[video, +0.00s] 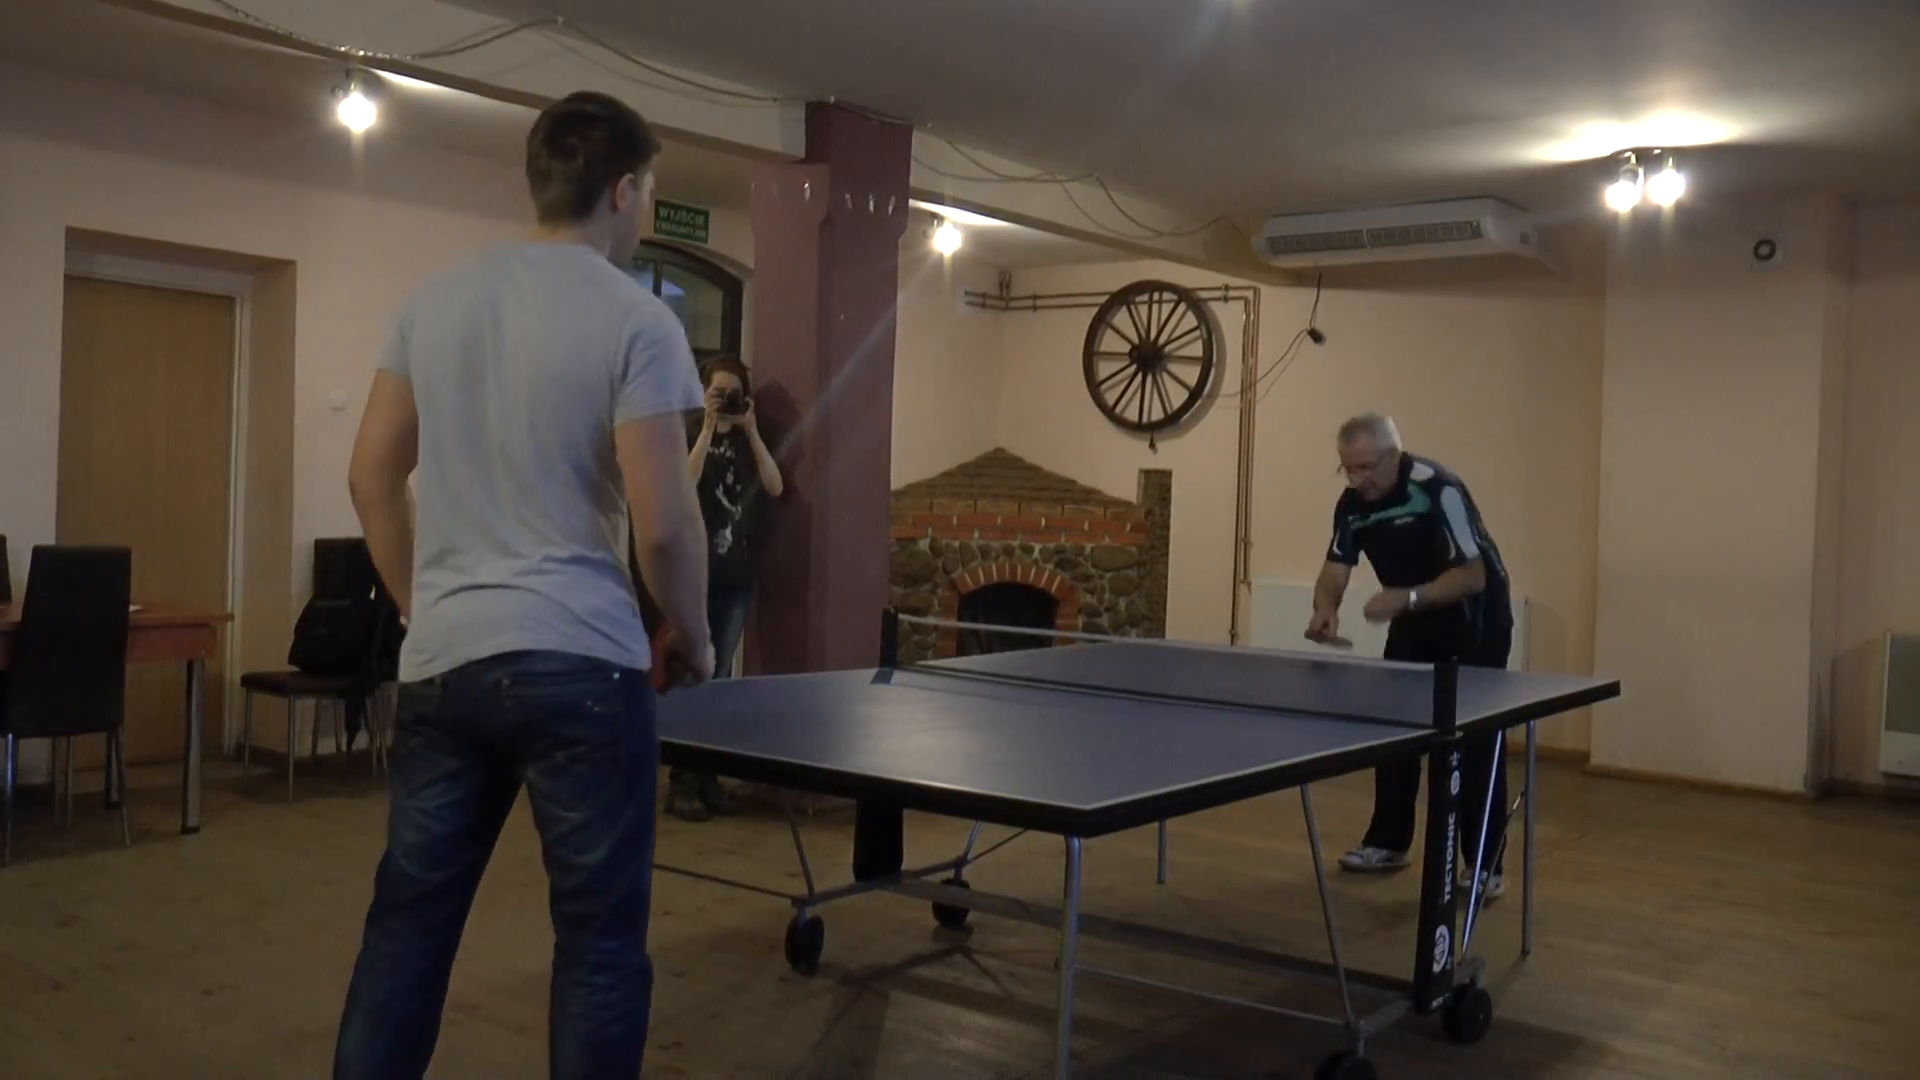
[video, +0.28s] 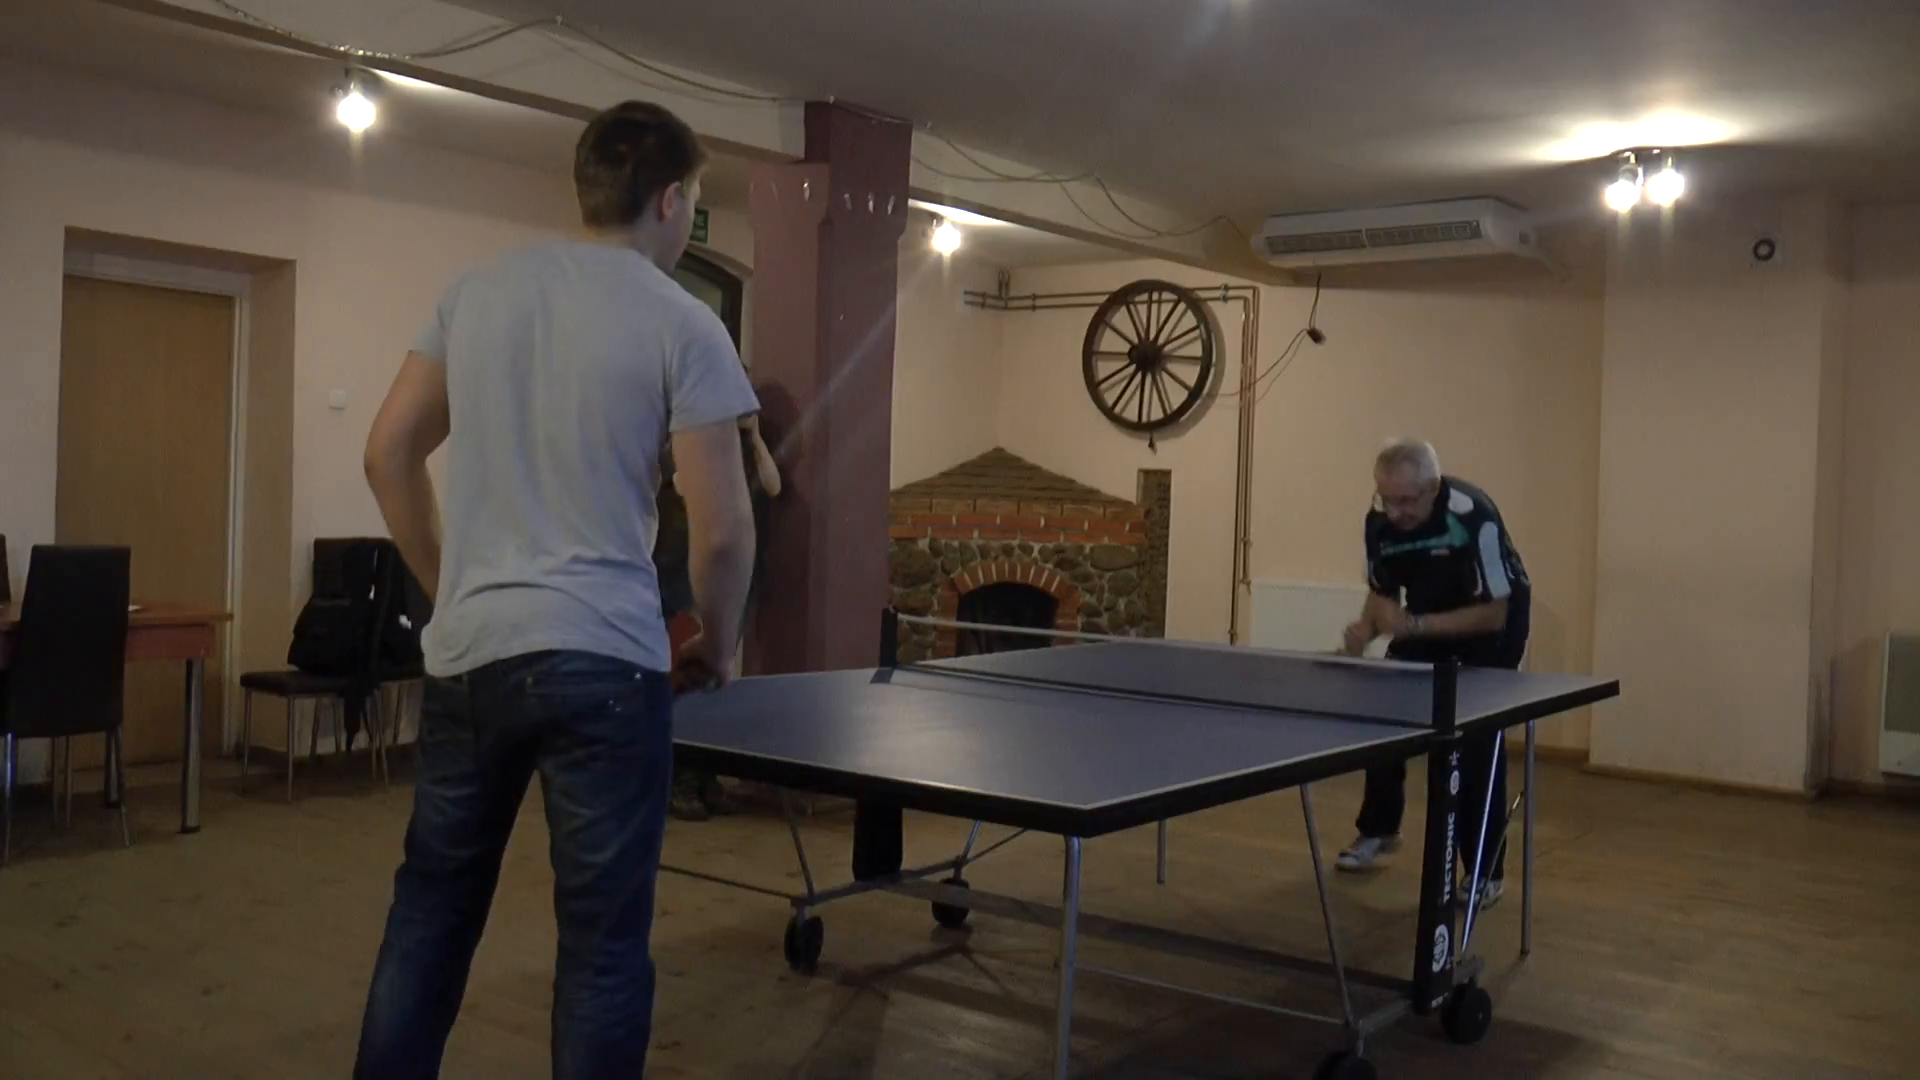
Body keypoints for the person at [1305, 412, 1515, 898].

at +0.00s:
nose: (1355, 480)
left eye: (1365, 468)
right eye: (1348, 469)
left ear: (1394, 458)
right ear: (1343, 464)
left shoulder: (1439, 491)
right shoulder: (1352, 505)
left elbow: (1474, 575)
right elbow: (1334, 572)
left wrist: (1407, 597)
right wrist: (1324, 611)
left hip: (1475, 620)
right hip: (1413, 620)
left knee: (1475, 740)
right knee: (1397, 729)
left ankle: (1484, 864)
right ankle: (1387, 844)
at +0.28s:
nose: (1395, 511)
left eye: (1407, 500)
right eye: (1388, 499)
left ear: (1434, 487)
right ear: (1378, 489)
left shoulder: (1474, 516)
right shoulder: (1380, 522)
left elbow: (1495, 613)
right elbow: (1383, 594)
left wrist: (1414, 624)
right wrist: (1367, 626)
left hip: (1486, 636)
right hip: (1421, 631)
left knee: (1475, 745)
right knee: (1383, 722)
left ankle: (1484, 871)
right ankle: (1379, 830)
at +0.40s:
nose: (1396, 530)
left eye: (1408, 520)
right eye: (1388, 518)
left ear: (1436, 507)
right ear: (1381, 506)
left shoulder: (1475, 532)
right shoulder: (1382, 535)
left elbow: (1499, 626)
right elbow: (1387, 607)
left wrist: (1448, 674)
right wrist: (1377, 677)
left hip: (1490, 626)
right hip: (1429, 619)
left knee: (1473, 744)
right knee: (1381, 721)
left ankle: (1481, 874)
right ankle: (1350, 840)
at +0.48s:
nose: (1394, 542)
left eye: (1406, 533)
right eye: (1387, 531)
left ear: (1435, 521)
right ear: (1380, 517)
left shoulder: (1473, 546)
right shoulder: (1379, 545)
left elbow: (1492, 636)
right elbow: (1382, 620)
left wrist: (1452, 698)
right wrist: (1377, 690)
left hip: (1495, 628)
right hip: (1433, 619)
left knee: (1472, 743)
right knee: (1383, 723)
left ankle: (1481, 874)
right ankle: (1337, 840)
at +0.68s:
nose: (1373, 579)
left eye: (1385, 570)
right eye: (1367, 567)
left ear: (1413, 557)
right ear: (1359, 554)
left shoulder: (1455, 570)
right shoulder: (1361, 577)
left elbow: (1452, 662)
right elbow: (1361, 656)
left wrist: (1435, 717)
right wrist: (1359, 714)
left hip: (1488, 640)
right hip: (1420, 637)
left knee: (1464, 749)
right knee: (1367, 733)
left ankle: (1478, 872)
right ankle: (1331, 851)